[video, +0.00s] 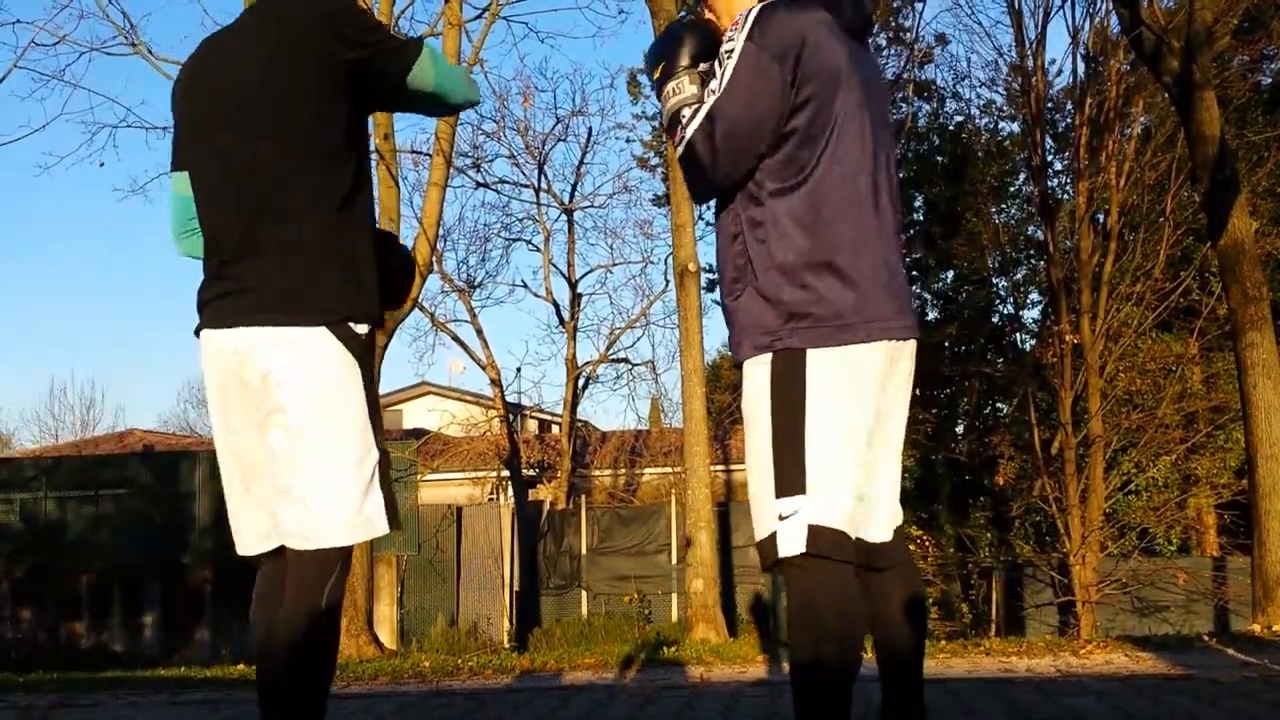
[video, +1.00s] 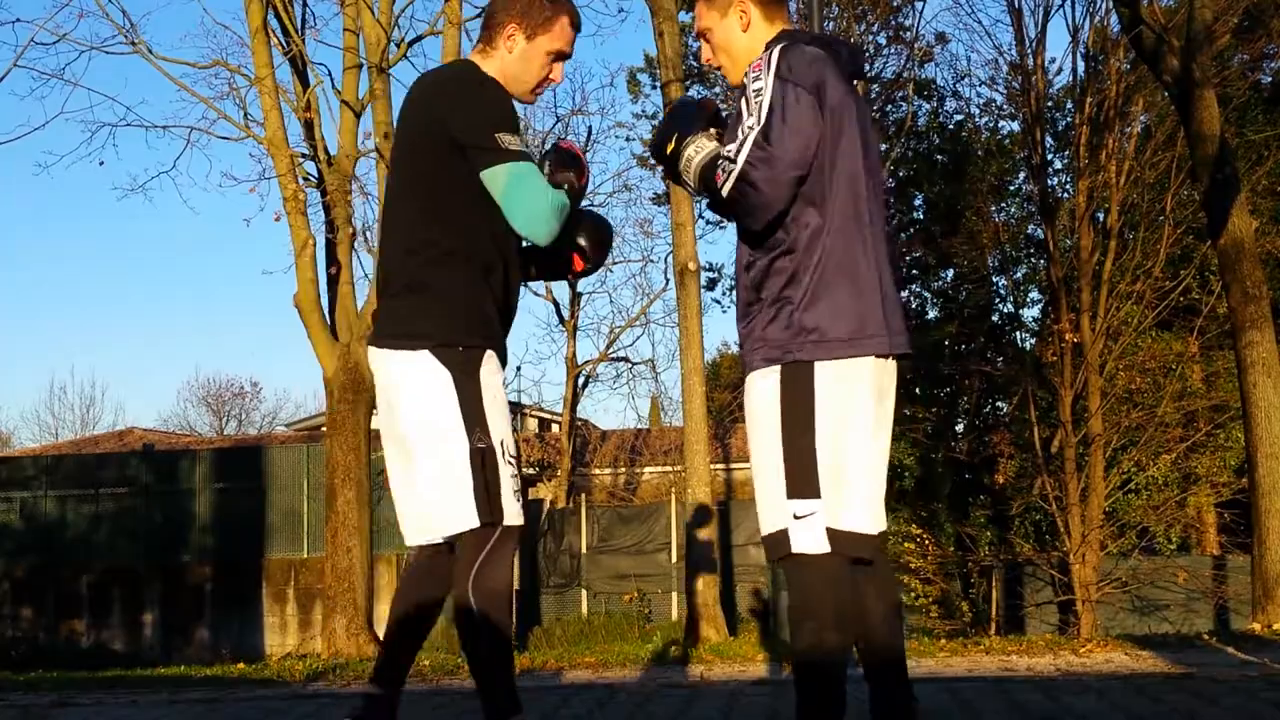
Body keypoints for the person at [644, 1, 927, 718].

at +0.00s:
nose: (705, 14)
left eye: (706, 6)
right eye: (703, 10)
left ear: (728, 0)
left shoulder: (776, 31)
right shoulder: (848, 40)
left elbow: (710, 162)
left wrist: (679, 82)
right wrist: (724, 67)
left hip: (807, 322)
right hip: (878, 314)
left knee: (806, 540)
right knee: (875, 533)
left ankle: (821, 718)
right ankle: (906, 713)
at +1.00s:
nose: (702, 53)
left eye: (705, 34)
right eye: (699, 39)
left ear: (746, 17)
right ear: (756, 18)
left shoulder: (786, 72)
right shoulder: (826, 75)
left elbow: (754, 195)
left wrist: (694, 148)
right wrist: (713, 139)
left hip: (806, 335)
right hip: (858, 328)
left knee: (801, 538)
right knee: (854, 537)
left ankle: (818, 716)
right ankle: (894, 709)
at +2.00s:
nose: (910, 39)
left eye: (924, 22)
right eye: (897, 28)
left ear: (960, 17)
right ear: (888, 33)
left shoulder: (990, 77)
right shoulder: (923, 112)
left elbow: (991, 185)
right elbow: (893, 225)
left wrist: (884, 157)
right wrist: (838, 173)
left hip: (971, 334)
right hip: (932, 338)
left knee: (944, 518)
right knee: (965, 524)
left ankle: (1088, 695)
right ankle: (988, 707)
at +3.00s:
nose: (962, 60)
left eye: (970, 41)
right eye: (960, 45)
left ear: (1021, 32)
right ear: (1019, 37)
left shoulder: (1065, 83)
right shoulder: (1040, 101)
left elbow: (1033, 192)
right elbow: (993, 201)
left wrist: (962, 133)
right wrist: (930, 158)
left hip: (1054, 332)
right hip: (1083, 331)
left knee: (1026, 514)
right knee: (1092, 511)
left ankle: (1095, 705)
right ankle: (1128, 698)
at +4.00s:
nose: (993, 61)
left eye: (1002, 44)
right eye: (990, 47)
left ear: (1050, 37)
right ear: (1046, 40)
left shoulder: (1091, 87)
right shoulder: (1070, 105)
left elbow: (1093, 201)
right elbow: (1051, 208)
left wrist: (995, 161)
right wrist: (988, 163)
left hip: (1092, 340)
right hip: (1127, 337)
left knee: (1070, 525)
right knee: (1154, 511)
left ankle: (1098, 709)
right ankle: (1208, 697)